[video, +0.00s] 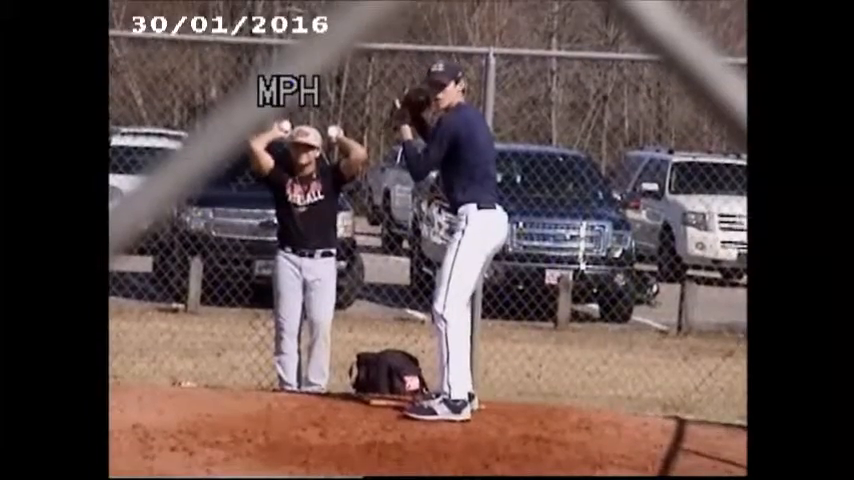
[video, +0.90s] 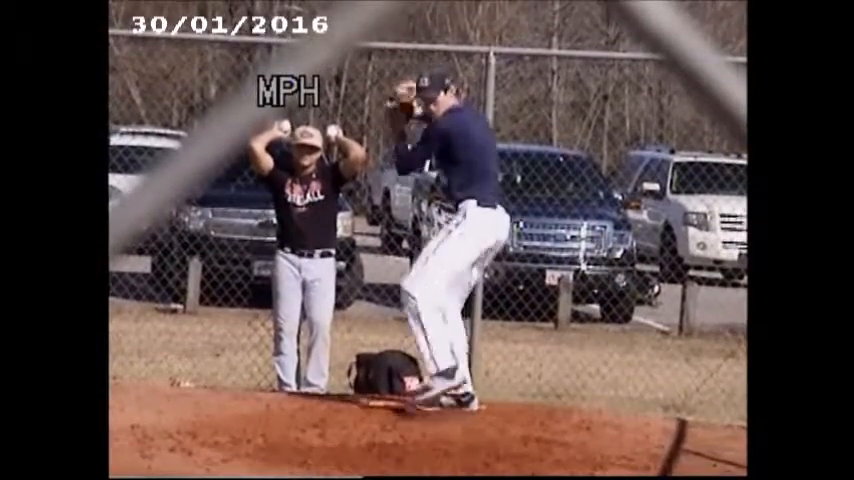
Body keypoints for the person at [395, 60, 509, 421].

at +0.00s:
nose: (435, 93)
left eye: (441, 87)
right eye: (434, 87)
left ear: (460, 86)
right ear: (447, 90)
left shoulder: (452, 120)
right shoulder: (471, 117)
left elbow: (420, 167)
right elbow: (433, 162)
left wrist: (406, 133)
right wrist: (418, 132)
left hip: (474, 218)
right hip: (489, 216)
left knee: (447, 306)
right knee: (456, 305)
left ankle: (455, 396)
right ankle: (461, 391)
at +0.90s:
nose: (427, 107)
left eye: (431, 100)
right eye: (424, 101)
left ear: (453, 93)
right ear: (455, 96)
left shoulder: (443, 125)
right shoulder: (475, 117)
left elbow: (406, 164)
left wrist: (399, 124)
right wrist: (418, 107)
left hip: (474, 216)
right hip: (496, 217)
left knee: (416, 288)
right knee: (447, 300)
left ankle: (441, 373)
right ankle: (461, 386)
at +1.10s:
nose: (417, 104)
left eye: (420, 97)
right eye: (415, 98)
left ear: (441, 90)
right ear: (446, 92)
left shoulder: (432, 120)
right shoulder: (473, 111)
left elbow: (389, 159)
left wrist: (416, 128)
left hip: (472, 212)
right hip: (500, 216)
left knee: (394, 234)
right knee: (461, 301)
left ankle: (427, 314)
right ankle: (459, 387)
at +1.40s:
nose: (424, 130)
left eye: (429, 124)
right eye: (421, 124)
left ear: (446, 124)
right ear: (446, 128)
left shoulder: (440, 151)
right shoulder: (465, 153)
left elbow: (397, 161)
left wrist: (355, 170)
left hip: (471, 241)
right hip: (498, 248)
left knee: (396, 284)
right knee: (435, 311)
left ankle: (348, 358)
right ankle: (457, 392)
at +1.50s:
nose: (418, 133)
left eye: (424, 128)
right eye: (417, 128)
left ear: (442, 128)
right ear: (444, 131)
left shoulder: (431, 154)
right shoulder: (466, 157)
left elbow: (393, 150)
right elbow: (488, 198)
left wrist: (359, 139)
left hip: (465, 247)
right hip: (490, 253)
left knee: (396, 297)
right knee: (428, 315)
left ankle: (343, 368)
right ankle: (454, 387)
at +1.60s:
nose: (416, 136)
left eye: (422, 131)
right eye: (415, 130)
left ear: (439, 131)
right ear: (443, 134)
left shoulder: (427, 158)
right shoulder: (468, 159)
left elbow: (397, 154)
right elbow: (498, 178)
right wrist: (476, 164)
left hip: (457, 258)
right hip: (478, 263)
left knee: (394, 308)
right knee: (422, 324)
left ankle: (369, 381)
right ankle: (452, 389)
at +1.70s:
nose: (417, 125)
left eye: (423, 119)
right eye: (417, 119)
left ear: (443, 120)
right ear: (442, 120)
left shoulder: (430, 146)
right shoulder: (470, 149)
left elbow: (430, 145)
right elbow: (510, 144)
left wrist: (443, 169)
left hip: (449, 253)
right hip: (457, 253)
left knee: (392, 309)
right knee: (420, 320)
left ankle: (401, 395)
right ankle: (442, 377)